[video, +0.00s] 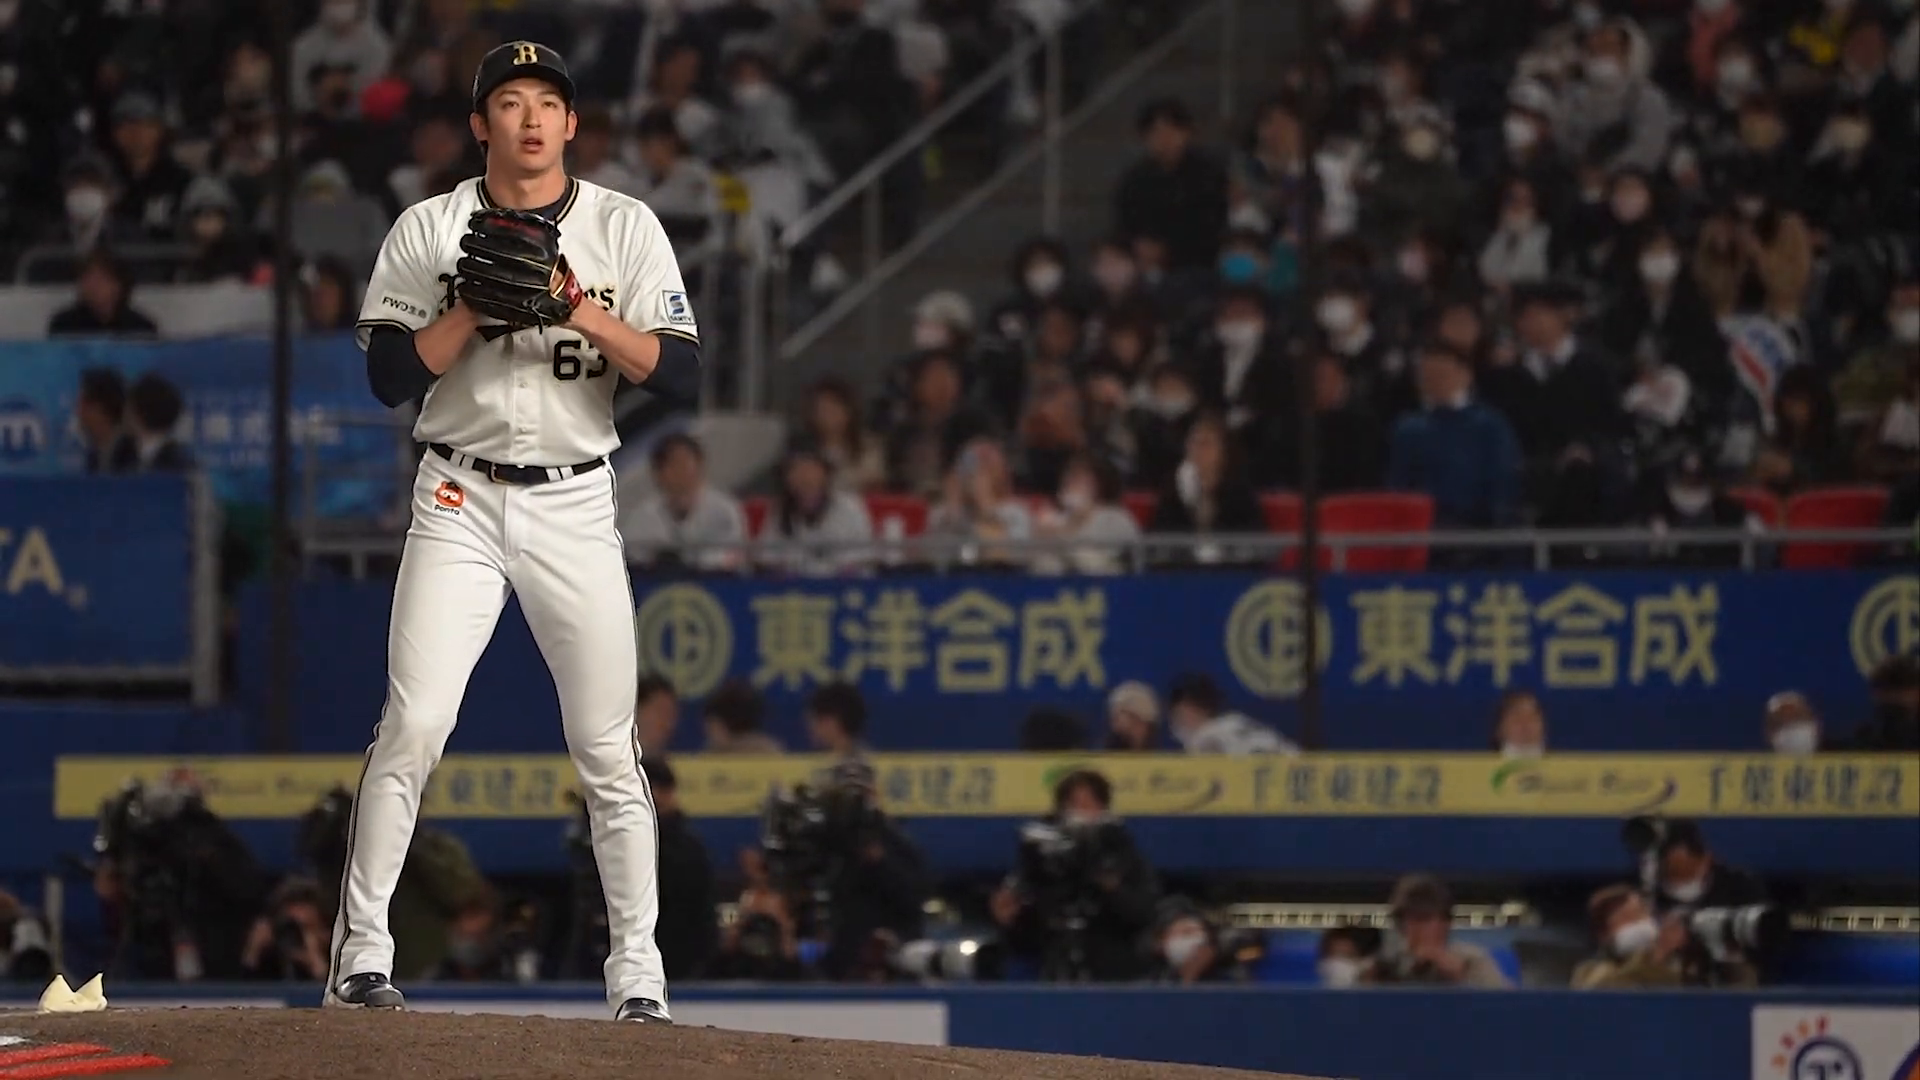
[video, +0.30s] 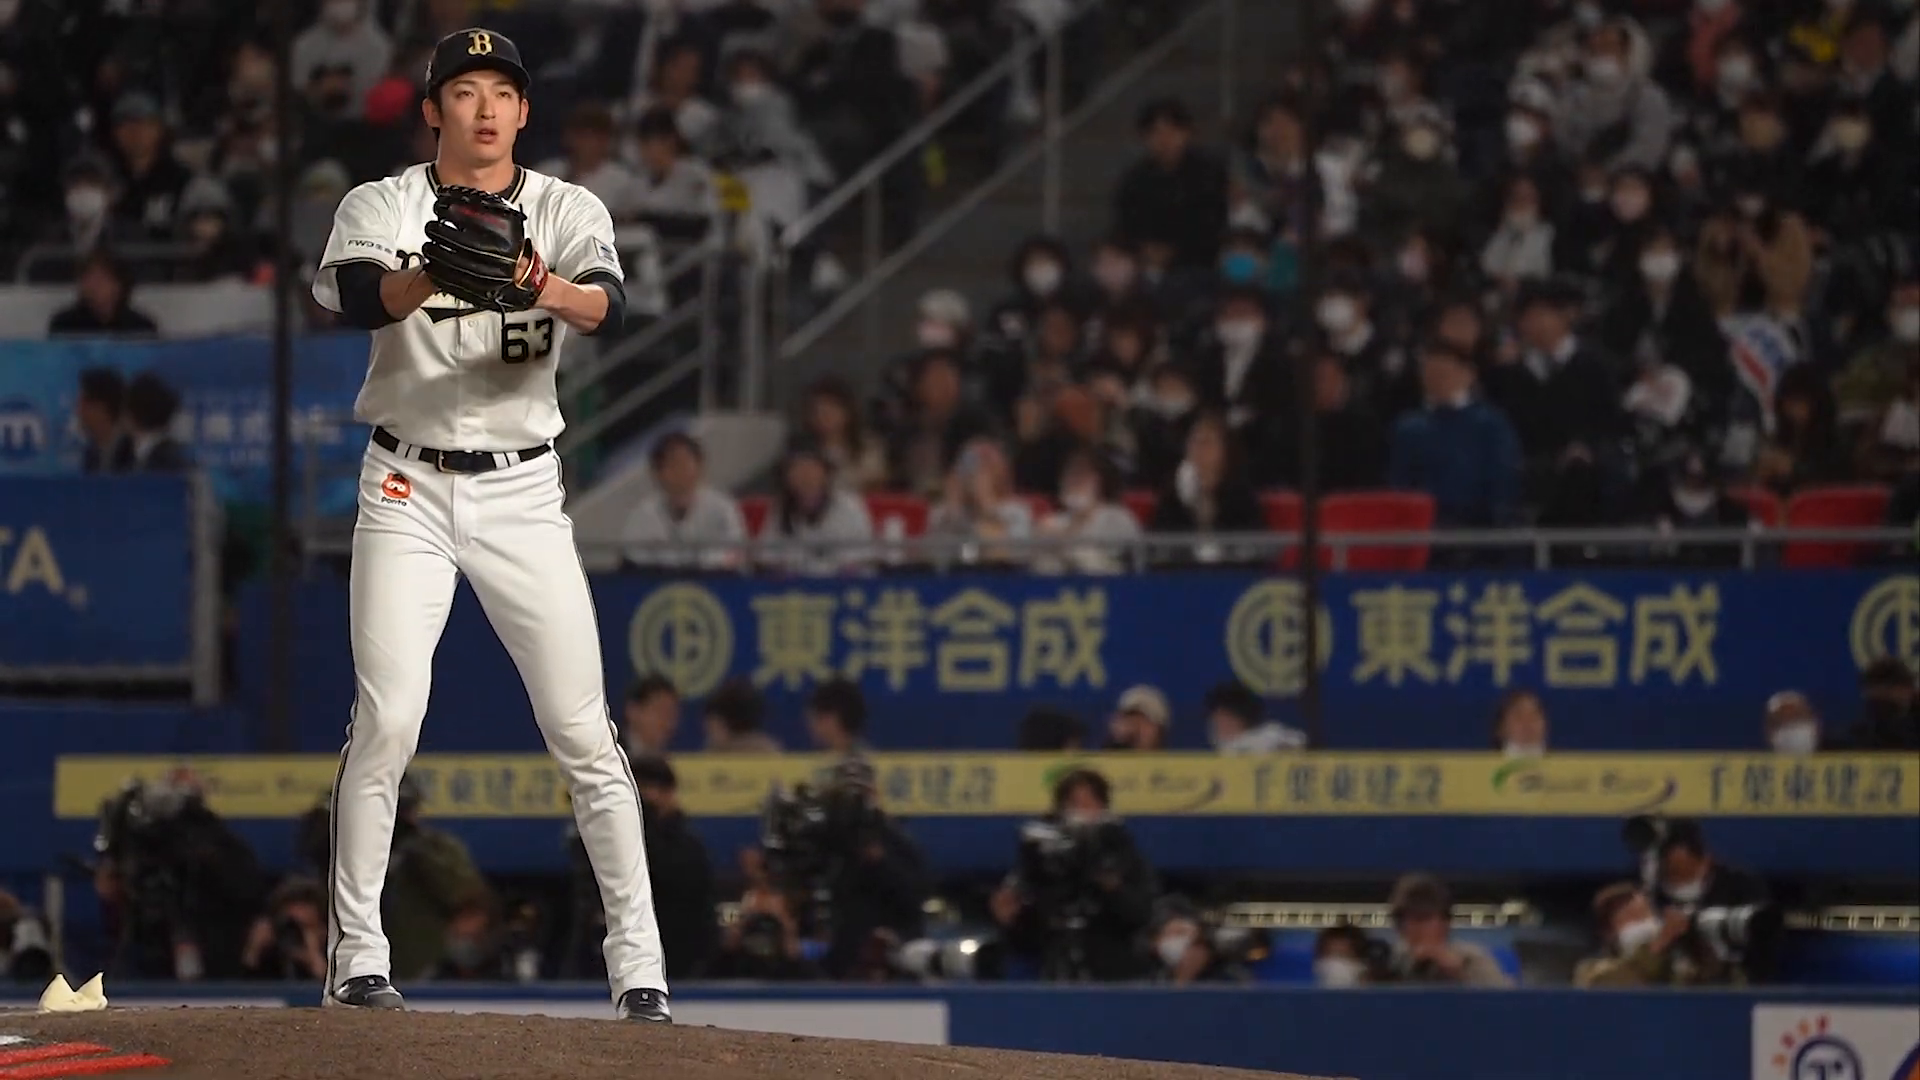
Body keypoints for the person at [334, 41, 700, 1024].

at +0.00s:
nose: (530, 120)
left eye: (546, 106)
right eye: (511, 106)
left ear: (570, 125)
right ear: (481, 125)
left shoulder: (626, 225)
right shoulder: (426, 230)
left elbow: (675, 369)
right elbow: (388, 379)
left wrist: (581, 311)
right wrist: (476, 306)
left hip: (576, 508)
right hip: (457, 498)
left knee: (608, 750)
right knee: (414, 722)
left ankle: (637, 980)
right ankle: (361, 952)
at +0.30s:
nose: (488, 109)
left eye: (502, 95)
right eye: (467, 95)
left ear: (523, 112)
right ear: (432, 113)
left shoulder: (567, 207)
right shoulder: (383, 203)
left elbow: (605, 308)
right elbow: (351, 302)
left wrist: (543, 289)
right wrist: (432, 277)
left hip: (523, 496)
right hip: (404, 491)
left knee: (584, 736)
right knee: (387, 719)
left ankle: (638, 967)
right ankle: (358, 958)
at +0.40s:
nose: (475, 110)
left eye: (490, 94)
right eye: (455, 94)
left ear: (515, 111)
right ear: (422, 113)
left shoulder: (558, 199)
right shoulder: (374, 199)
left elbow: (567, 254)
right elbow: (374, 247)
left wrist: (542, 273)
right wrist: (439, 261)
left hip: (517, 493)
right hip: (399, 492)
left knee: (581, 734)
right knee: (379, 725)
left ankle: (637, 963)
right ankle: (357, 962)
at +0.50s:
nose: (476, 115)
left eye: (491, 98)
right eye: (456, 99)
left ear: (515, 114)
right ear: (422, 117)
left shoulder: (556, 200)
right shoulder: (384, 196)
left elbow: (570, 234)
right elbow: (368, 231)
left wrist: (550, 260)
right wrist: (421, 246)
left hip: (519, 497)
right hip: (401, 495)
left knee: (581, 736)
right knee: (382, 723)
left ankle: (639, 963)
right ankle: (357, 960)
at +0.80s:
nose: (514, 130)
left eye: (528, 113)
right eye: (494, 115)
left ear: (549, 128)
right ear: (458, 132)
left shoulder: (601, 230)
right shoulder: (413, 231)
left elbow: (632, 337)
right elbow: (379, 330)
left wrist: (546, 271)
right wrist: (462, 264)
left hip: (561, 514)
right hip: (441, 507)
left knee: (604, 751)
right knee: (412, 722)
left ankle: (647, 974)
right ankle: (360, 955)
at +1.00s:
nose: (536, 137)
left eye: (549, 119)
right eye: (517, 119)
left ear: (569, 131)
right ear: (477, 129)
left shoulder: (613, 235)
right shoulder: (418, 228)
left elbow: (645, 351)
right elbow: (379, 340)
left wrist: (559, 271)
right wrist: (469, 261)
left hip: (561, 515)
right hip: (442, 507)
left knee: (603, 750)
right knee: (410, 724)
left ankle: (647, 977)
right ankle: (360, 959)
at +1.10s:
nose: (543, 144)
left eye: (556, 126)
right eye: (526, 125)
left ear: (575, 136)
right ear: (484, 130)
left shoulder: (612, 238)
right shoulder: (418, 225)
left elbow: (646, 366)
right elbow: (376, 340)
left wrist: (565, 275)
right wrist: (469, 256)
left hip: (556, 517)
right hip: (434, 508)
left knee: (599, 750)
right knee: (401, 721)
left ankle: (645, 974)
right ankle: (358, 960)